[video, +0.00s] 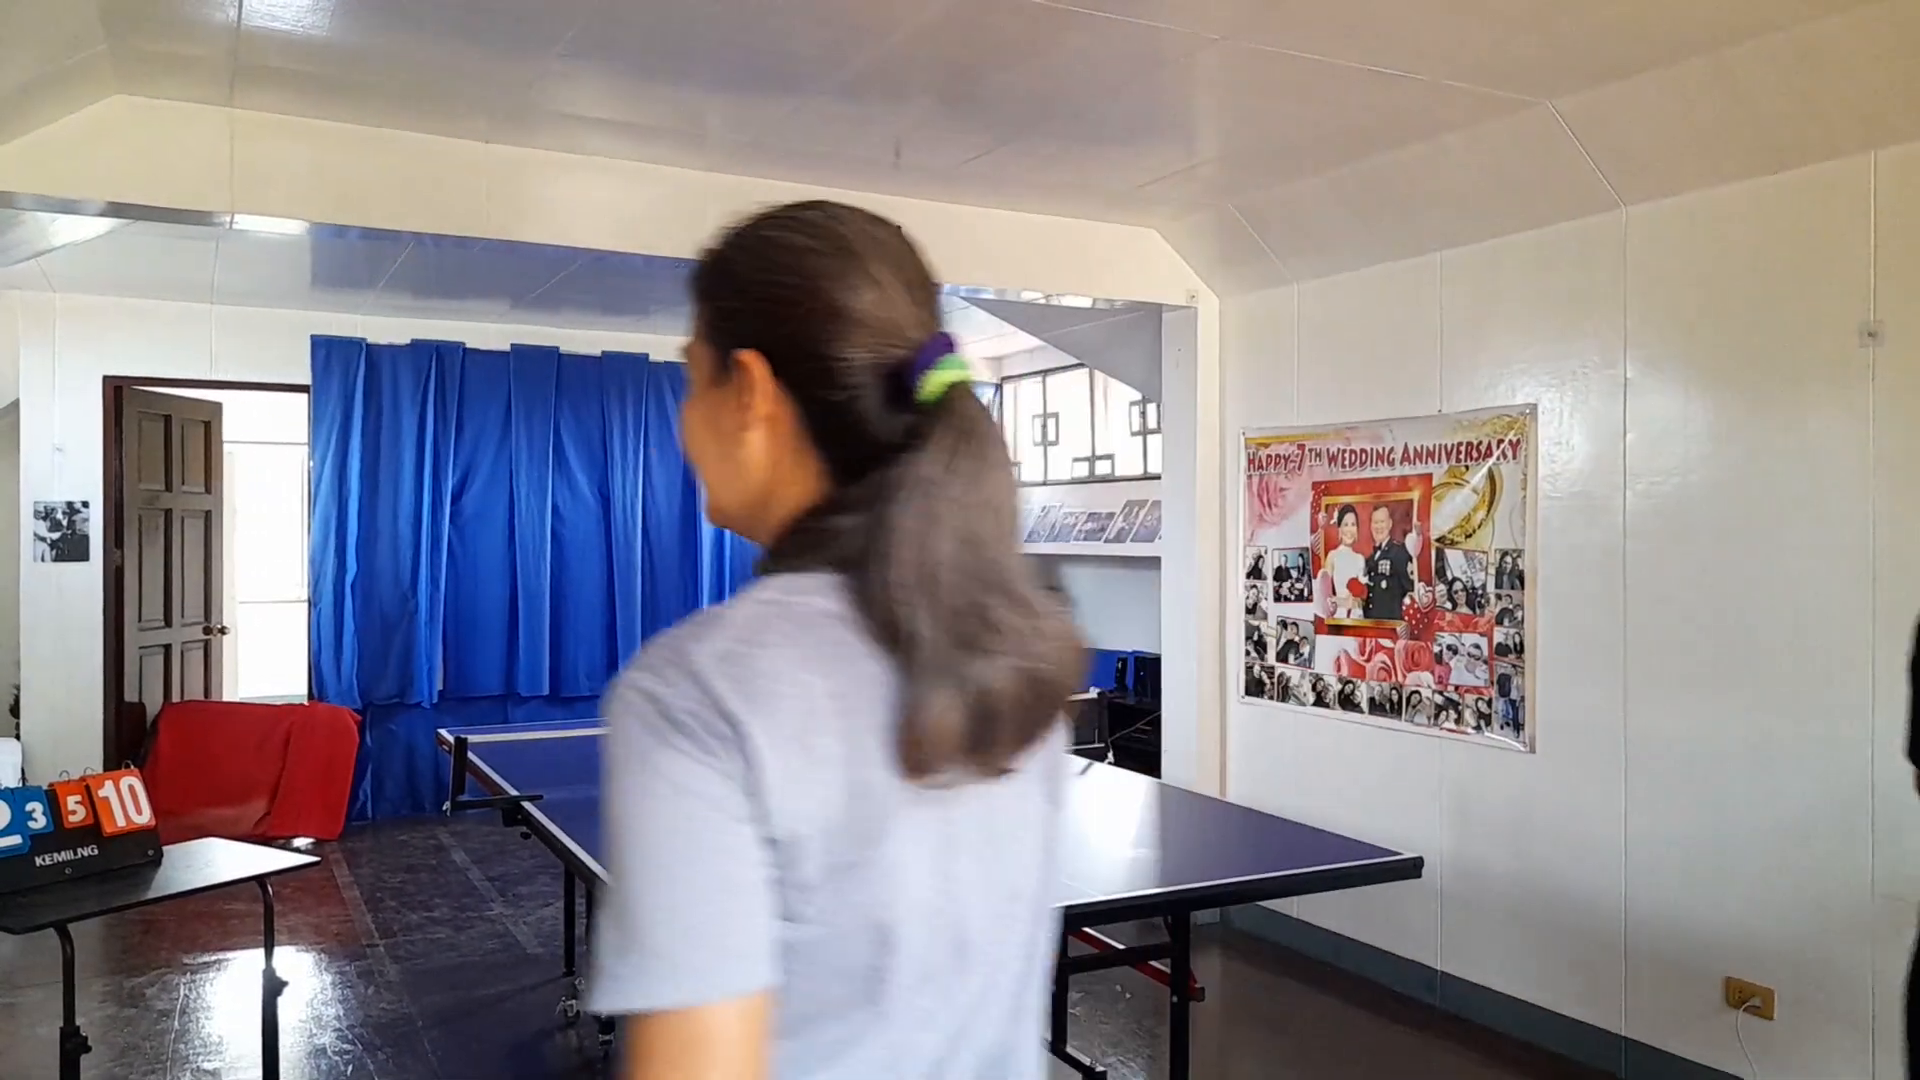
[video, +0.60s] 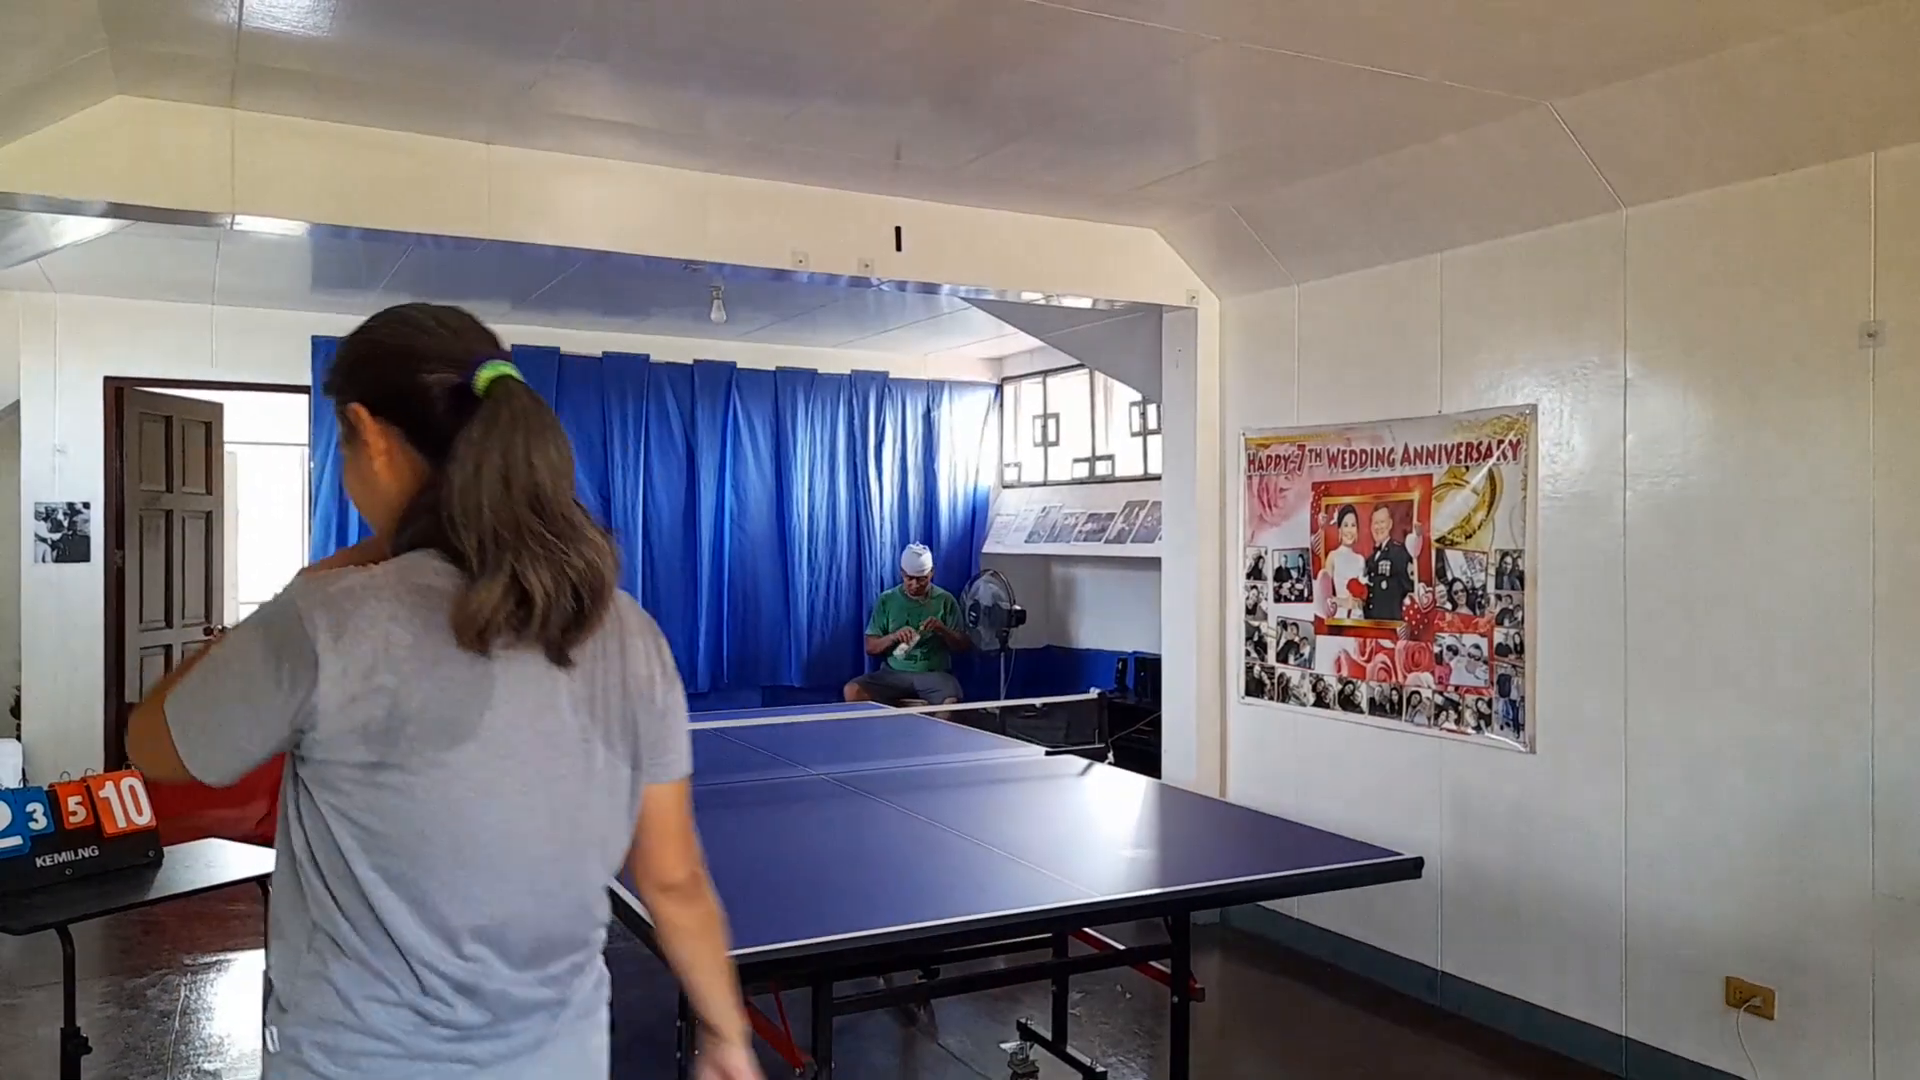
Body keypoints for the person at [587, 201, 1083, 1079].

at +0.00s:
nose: (681, 421)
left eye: (688, 380)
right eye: (683, 381)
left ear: (753, 394)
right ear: (906, 385)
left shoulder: (698, 689)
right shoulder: (1010, 642)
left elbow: (704, 1058)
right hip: (1004, 1062)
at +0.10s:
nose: (600, 413)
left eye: (606, 374)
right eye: (603, 376)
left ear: (658, 392)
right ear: (813, 381)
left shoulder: (582, 669)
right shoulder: (934, 643)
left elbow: (546, 1053)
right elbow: (954, 961)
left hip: (678, 1060)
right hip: (895, 1065)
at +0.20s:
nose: (529, 412)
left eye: (531, 378)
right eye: (530, 379)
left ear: (576, 391)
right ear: (729, 381)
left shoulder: (493, 648)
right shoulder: (858, 638)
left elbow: (396, 1045)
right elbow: (894, 945)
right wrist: (902, 1069)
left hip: (564, 1060)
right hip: (811, 1064)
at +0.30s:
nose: (474, 426)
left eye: (476, 391)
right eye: (474, 390)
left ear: (510, 400)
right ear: (666, 397)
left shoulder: (430, 648)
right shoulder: (791, 644)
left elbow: (276, 1013)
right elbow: (849, 931)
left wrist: (205, 1054)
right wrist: (904, 1067)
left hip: (499, 1059)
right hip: (747, 1064)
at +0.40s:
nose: (427, 454)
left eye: (429, 426)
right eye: (430, 427)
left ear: (458, 431)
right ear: (606, 421)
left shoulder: (388, 658)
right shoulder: (735, 656)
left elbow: (189, 946)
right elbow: (804, 918)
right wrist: (882, 1071)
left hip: (447, 1059)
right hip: (680, 1066)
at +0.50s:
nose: (384, 473)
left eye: (384, 443)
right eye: (384, 445)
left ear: (411, 440)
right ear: (551, 430)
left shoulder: (353, 643)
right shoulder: (676, 652)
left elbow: (164, 843)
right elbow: (742, 903)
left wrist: (201, 734)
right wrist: (828, 1067)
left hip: (393, 1062)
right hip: (609, 1065)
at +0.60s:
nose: (347, 472)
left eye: (345, 442)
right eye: (345, 445)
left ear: (374, 439)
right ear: (496, 430)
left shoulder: (327, 625)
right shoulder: (629, 640)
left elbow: (152, 744)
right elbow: (673, 877)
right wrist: (726, 1033)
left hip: (354, 1060)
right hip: (559, 1059)